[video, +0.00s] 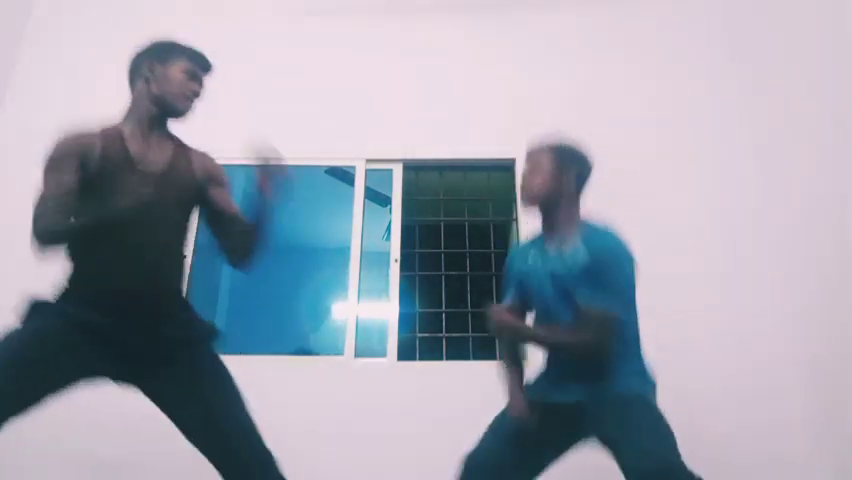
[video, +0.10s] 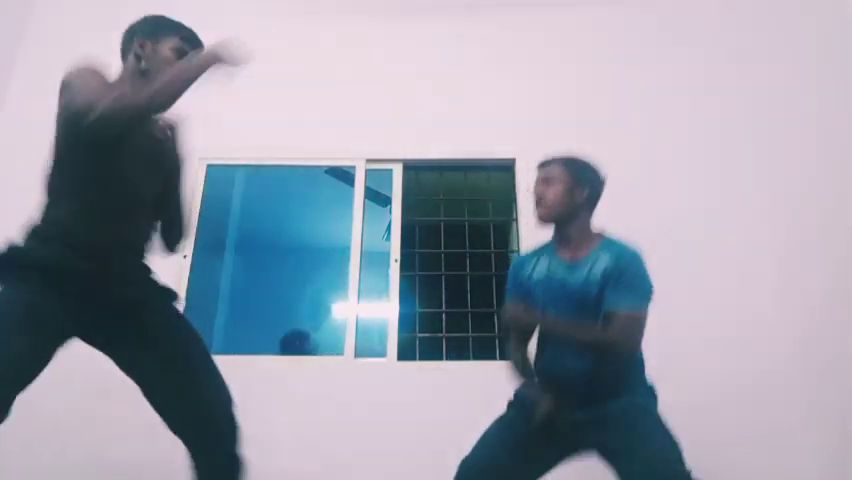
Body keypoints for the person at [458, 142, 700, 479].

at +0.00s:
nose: (524, 177)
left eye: (535, 169)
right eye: (526, 169)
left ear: (567, 180)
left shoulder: (606, 249)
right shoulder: (524, 257)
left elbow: (595, 339)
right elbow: (508, 328)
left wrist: (517, 329)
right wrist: (516, 395)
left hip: (619, 395)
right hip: (558, 394)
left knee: (660, 471)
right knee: (482, 469)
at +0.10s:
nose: (537, 191)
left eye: (548, 183)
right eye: (537, 184)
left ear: (582, 193)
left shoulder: (623, 263)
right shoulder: (526, 267)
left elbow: (623, 341)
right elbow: (515, 346)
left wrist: (537, 320)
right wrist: (537, 392)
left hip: (617, 410)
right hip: (545, 408)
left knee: (667, 474)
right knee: (474, 474)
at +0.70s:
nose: (562, 138)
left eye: (570, 128)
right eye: (563, 131)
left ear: (601, 130)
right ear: (599, 134)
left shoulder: (620, 166)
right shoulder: (619, 179)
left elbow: (646, 218)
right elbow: (642, 279)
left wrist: (580, 233)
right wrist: (588, 277)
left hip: (648, 318)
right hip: (679, 324)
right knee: (688, 453)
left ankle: (654, 473)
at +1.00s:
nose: (552, 139)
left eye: (559, 127)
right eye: (553, 129)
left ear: (589, 126)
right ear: (604, 131)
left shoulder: (584, 155)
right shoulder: (648, 178)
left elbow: (580, 214)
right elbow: (669, 265)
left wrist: (545, 246)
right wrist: (591, 277)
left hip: (608, 327)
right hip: (676, 330)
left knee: (577, 449)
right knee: (688, 451)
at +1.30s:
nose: (562, 165)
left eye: (565, 158)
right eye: (562, 158)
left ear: (574, 153)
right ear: (609, 149)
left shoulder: (578, 162)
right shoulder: (669, 186)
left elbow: (492, 146)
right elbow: (729, 248)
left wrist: (489, 139)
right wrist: (671, 263)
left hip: (626, 317)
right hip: (704, 317)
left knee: (582, 435)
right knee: (743, 430)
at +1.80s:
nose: (617, 136)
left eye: (624, 126)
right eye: (617, 128)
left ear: (653, 126)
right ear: (658, 130)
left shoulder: (662, 154)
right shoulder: (699, 175)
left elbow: (683, 208)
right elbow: (692, 256)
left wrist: (624, 246)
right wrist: (640, 254)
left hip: (691, 306)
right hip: (743, 316)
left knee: (661, 429)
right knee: (759, 449)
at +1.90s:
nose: (613, 126)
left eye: (621, 116)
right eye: (613, 119)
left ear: (651, 117)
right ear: (655, 123)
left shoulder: (659, 147)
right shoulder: (687, 161)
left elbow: (672, 202)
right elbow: (687, 251)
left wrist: (612, 225)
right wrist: (636, 247)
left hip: (693, 302)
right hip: (734, 307)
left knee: (689, 431)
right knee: (751, 429)